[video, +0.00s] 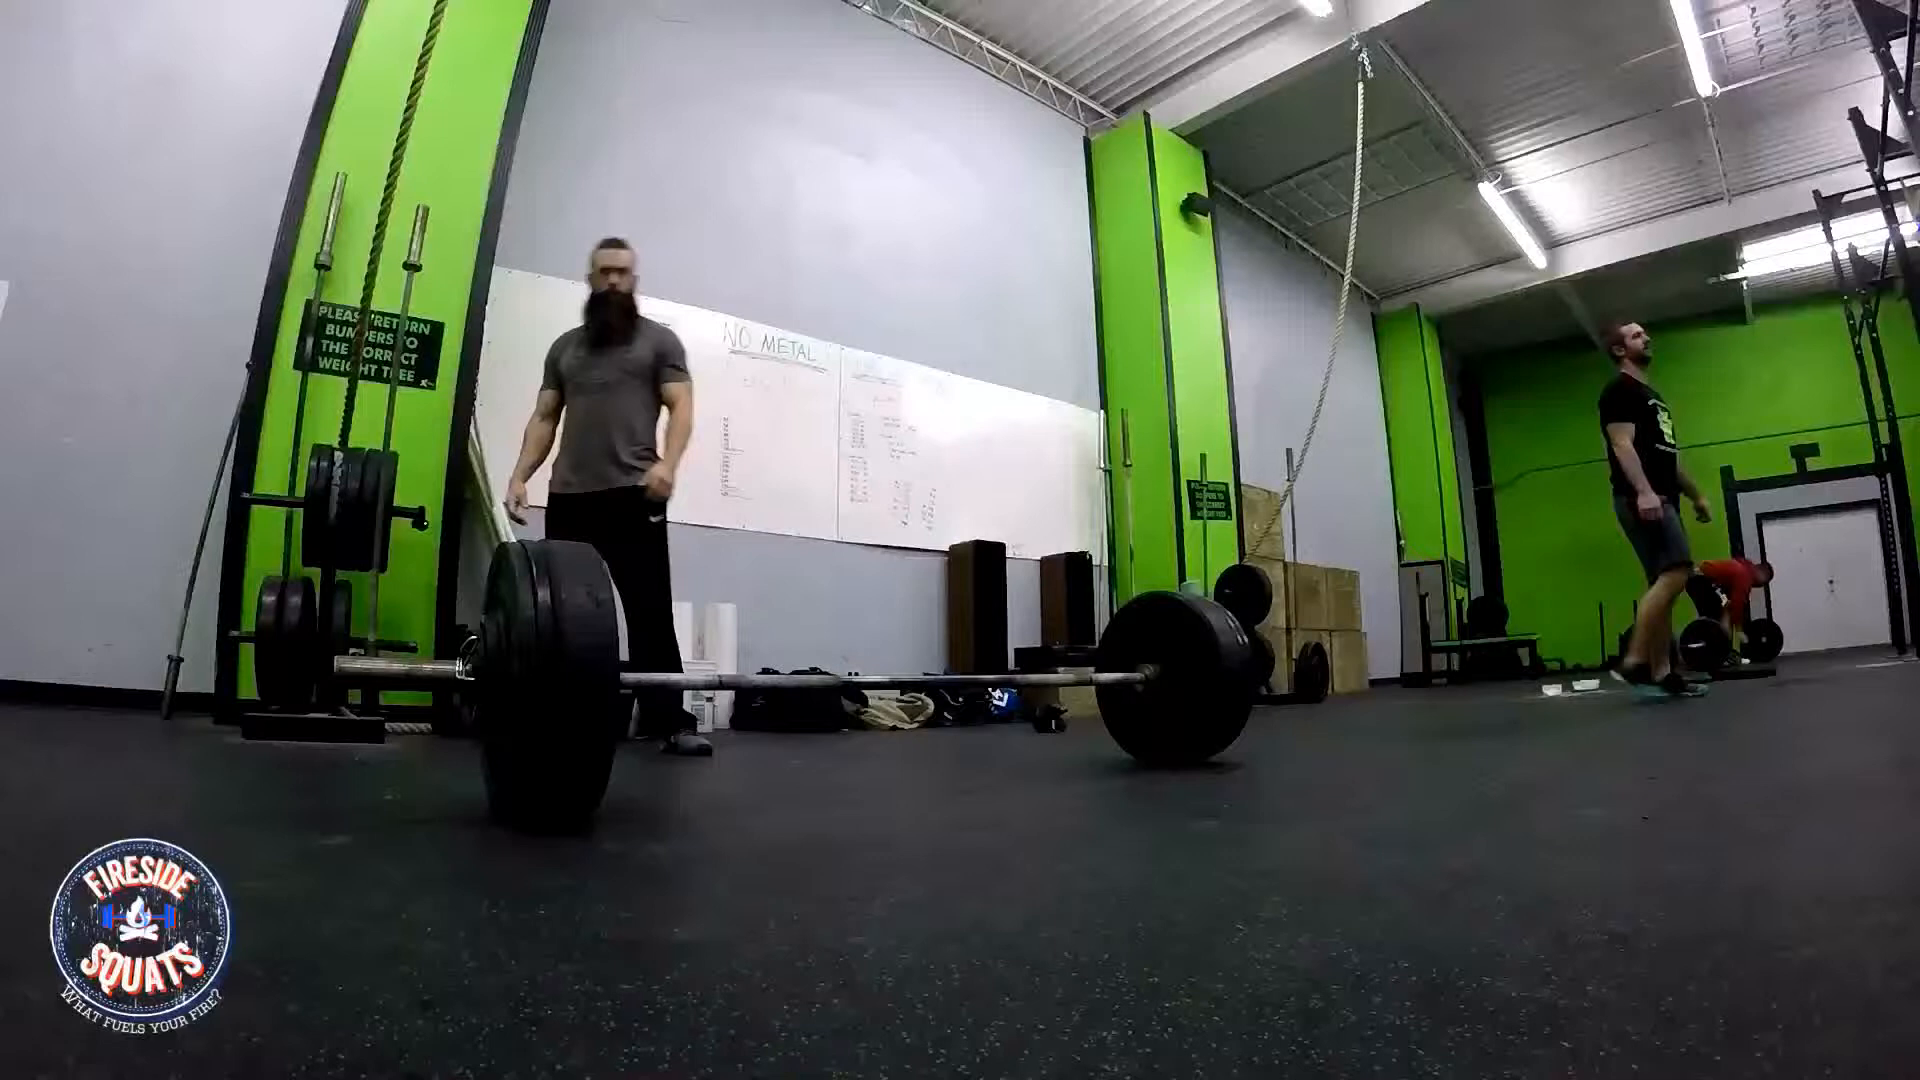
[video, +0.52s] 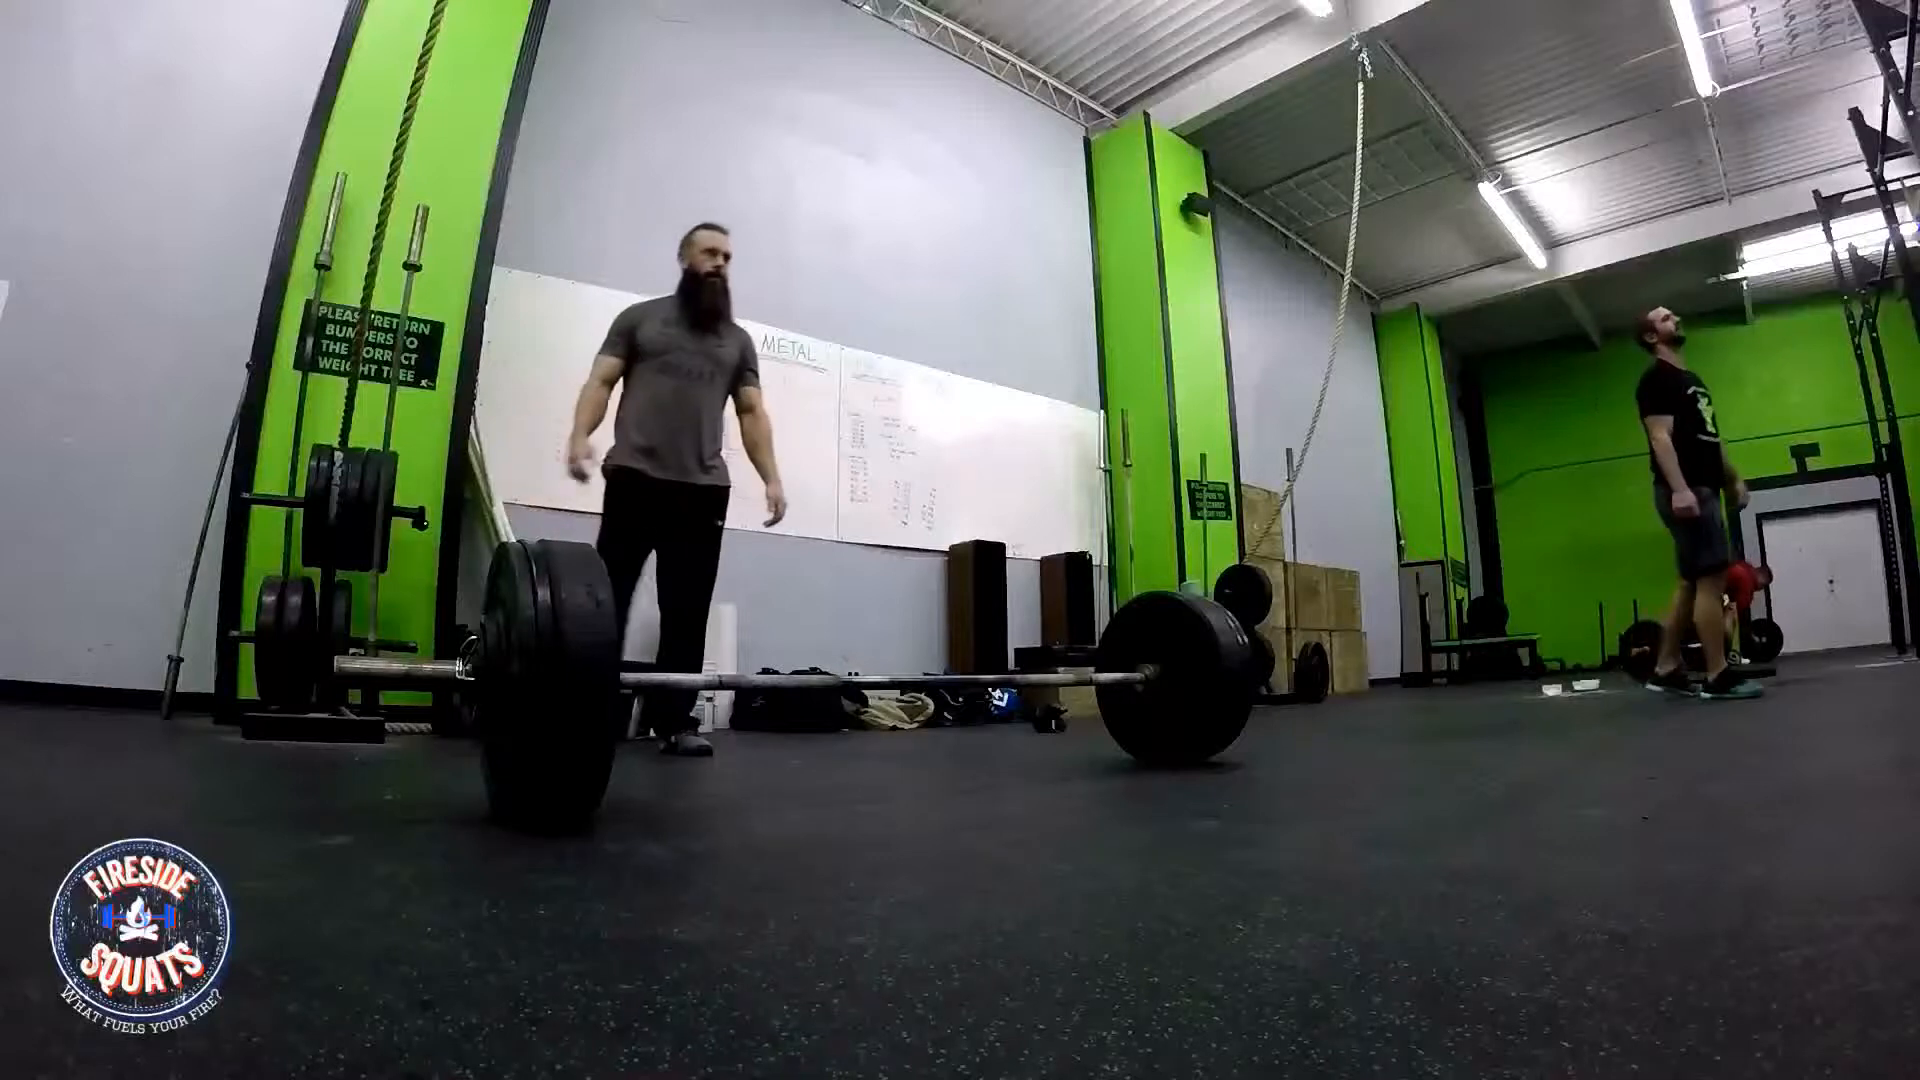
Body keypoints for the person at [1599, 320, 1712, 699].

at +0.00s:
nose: (1646, 338)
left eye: (1644, 333)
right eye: (1636, 335)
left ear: (1641, 345)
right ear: (1619, 350)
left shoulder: (1652, 395)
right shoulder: (1619, 391)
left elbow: (1667, 456)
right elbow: (1622, 445)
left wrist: (1695, 494)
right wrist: (1644, 489)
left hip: (1660, 497)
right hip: (1643, 498)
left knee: (1663, 581)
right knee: (1675, 572)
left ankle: (1663, 671)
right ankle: (1635, 660)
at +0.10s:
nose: (1650, 337)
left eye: (1648, 332)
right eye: (1641, 334)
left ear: (1644, 344)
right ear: (1624, 349)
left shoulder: (1656, 392)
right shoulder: (1623, 389)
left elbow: (1668, 455)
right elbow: (1625, 444)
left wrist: (1699, 489)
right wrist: (1649, 487)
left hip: (1663, 497)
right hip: (1646, 498)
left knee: (1667, 584)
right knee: (1678, 574)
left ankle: (1669, 673)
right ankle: (1655, 670)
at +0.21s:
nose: (1657, 335)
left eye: (1655, 330)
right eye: (1647, 332)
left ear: (1651, 342)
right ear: (1631, 347)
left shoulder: (1665, 393)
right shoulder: (1630, 389)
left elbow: (1677, 454)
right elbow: (1632, 443)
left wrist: (1710, 487)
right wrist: (1656, 486)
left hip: (1669, 497)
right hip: (1652, 498)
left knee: (1663, 587)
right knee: (1683, 576)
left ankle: (1660, 675)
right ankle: (1689, 672)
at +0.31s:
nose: (1663, 329)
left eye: (1661, 325)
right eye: (1654, 328)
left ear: (1657, 342)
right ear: (1640, 345)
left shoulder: (1676, 389)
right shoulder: (1640, 387)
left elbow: (1691, 450)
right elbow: (1642, 443)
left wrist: (1722, 488)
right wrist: (1665, 489)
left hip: (1681, 497)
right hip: (1663, 498)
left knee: (1671, 588)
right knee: (1696, 578)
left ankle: (1660, 675)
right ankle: (1715, 671)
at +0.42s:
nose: (1667, 323)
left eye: (1664, 320)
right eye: (1658, 323)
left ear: (1663, 338)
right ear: (1646, 341)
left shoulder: (1685, 385)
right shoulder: (1648, 385)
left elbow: (1701, 445)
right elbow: (1652, 442)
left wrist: (1727, 485)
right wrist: (1672, 492)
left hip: (1692, 493)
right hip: (1676, 496)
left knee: (1678, 584)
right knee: (1707, 576)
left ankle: (1662, 673)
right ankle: (1718, 673)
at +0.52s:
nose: (1672, 317)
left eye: (1669, 314)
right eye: (1663, 317)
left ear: (1669, 332)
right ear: (1651, 335)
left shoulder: (1690, 378)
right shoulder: (1656, 379)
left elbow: (1708, 437)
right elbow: (1660, 437)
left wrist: (1732, 478)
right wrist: (1679, 488)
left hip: (1702, 488)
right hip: (1687, 490)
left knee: (1690, 580)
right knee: (1711, 577)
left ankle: (1667, 666)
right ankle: (1718, 674)